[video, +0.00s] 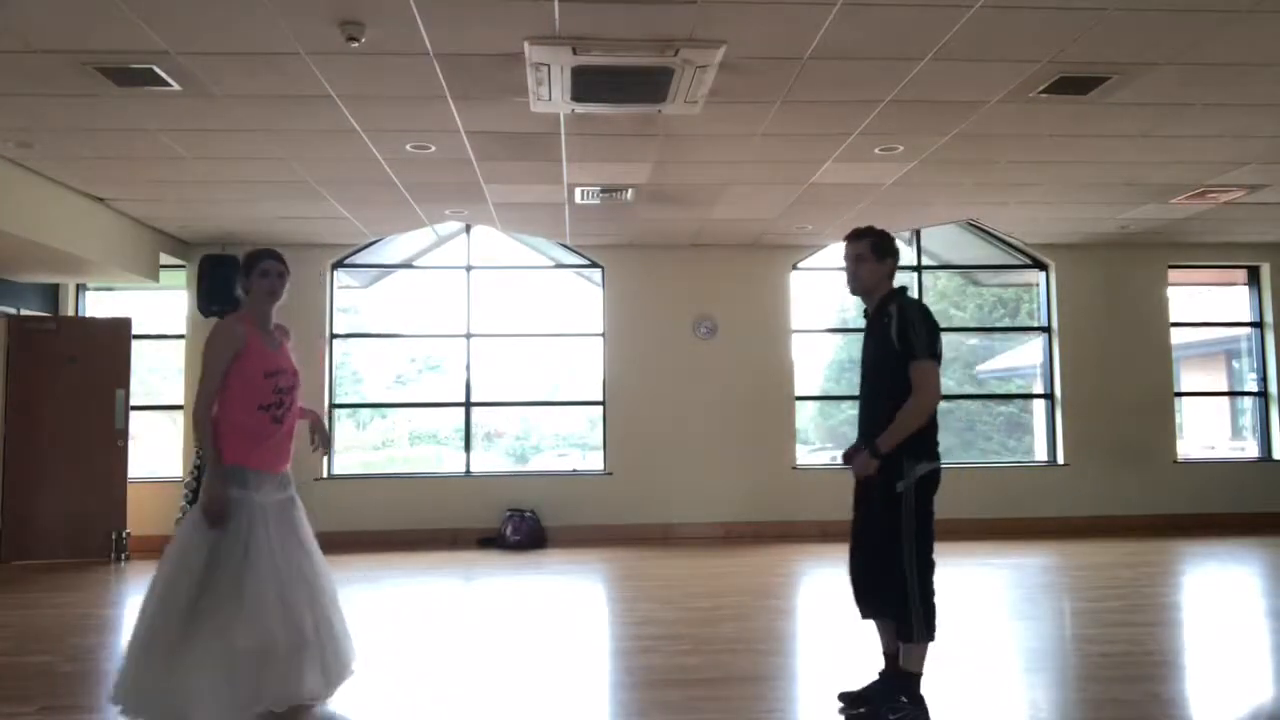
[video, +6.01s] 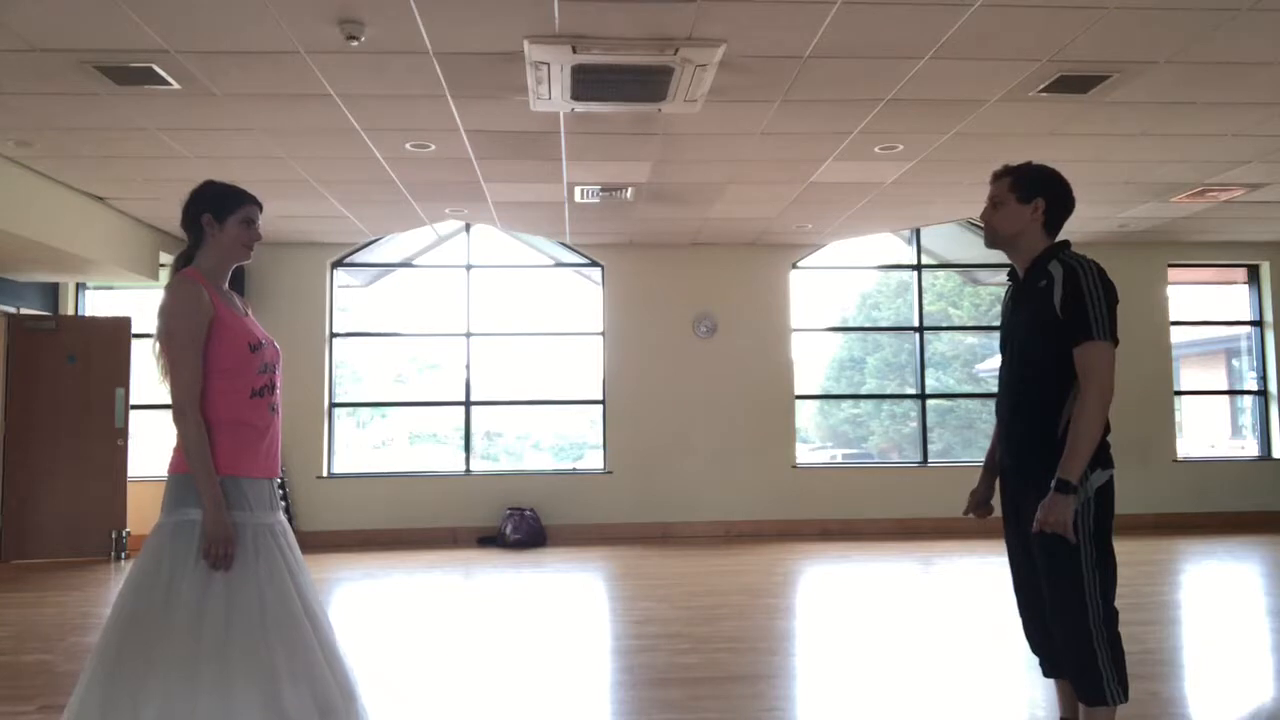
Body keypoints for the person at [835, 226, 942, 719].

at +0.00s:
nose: (849, 272)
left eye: (858, 263)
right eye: (848, 263)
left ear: (886, 266)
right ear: (859, 269)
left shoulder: (910, 314)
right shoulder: (878, 319)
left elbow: (927, 394)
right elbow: (884, 393)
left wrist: (875, 449)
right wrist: (865, 443)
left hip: (909, 465)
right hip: (879, 463)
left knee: (907, 569)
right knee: (872, 567)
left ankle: (909, 690)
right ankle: (892, 677)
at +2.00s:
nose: (969, 222)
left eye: (983, 210)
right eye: (964, 212)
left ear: (1019, 218)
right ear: (962, 222)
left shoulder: (1060, 281)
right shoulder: (975, 301)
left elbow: (1099, 380)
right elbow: (977, 398)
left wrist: (1098, 481)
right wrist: (938, 475)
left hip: (1051, 480)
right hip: (987, 480)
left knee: (1065, 622)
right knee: (971, 608)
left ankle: (1082, 713)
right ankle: (982, 713)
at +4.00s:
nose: (994, 212)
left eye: (1009, 203)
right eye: (998, 203)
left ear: (1048, 212)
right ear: (1034, 215)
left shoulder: (1081, 274)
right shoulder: (1021, 293)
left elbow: (1100, 385)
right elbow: (1018, 398)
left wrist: (1062, 479)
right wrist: (986, 478)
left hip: (1068, 485)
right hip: (1025, 482)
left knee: (1081, 634)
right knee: (1052, 632)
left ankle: (1095, 715)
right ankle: (1069, 713)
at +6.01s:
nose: (984, 212)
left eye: (996, 202)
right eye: (987, 202)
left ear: (1035, 210)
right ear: (1024, 214)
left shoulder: (1076, 274)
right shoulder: (1019, 291)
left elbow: (1097, 389)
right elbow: (1017, 396)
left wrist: (1065, 487)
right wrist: (988, 477)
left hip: (1068, 483)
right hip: (1025, 481)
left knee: (1084, 632)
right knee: (1052, 628)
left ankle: (1098, 715)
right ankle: (1069, 713)